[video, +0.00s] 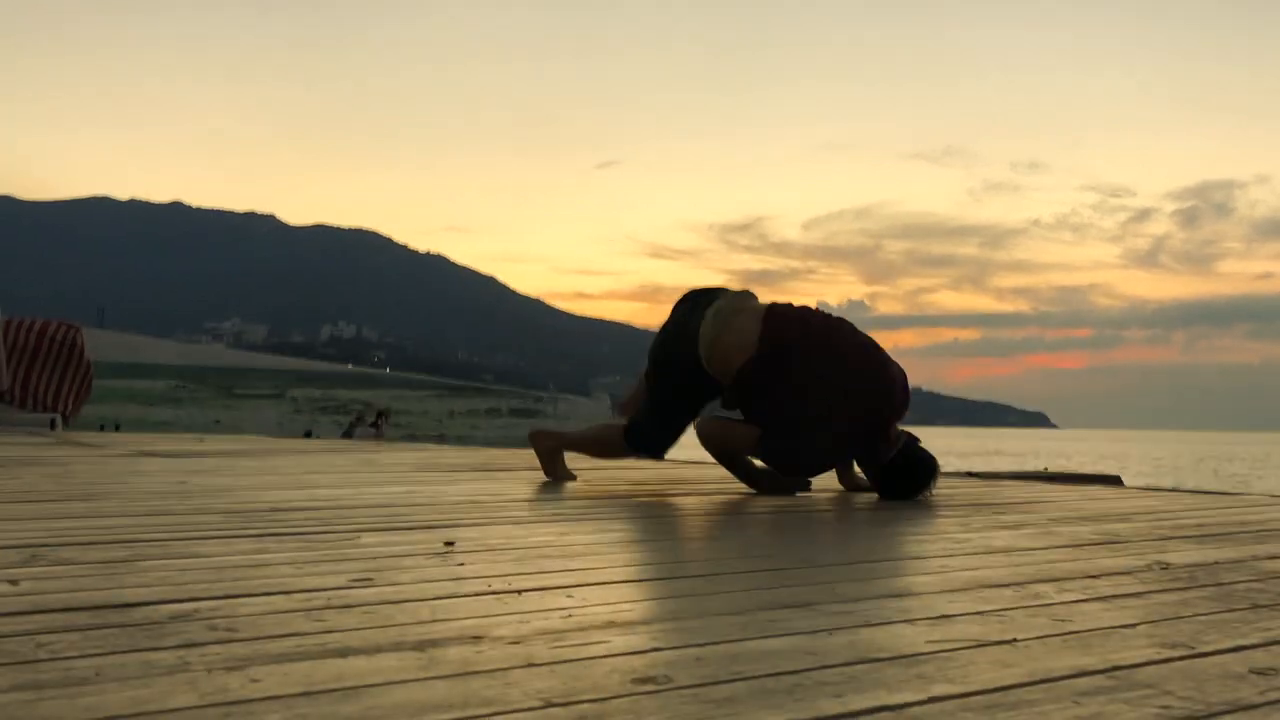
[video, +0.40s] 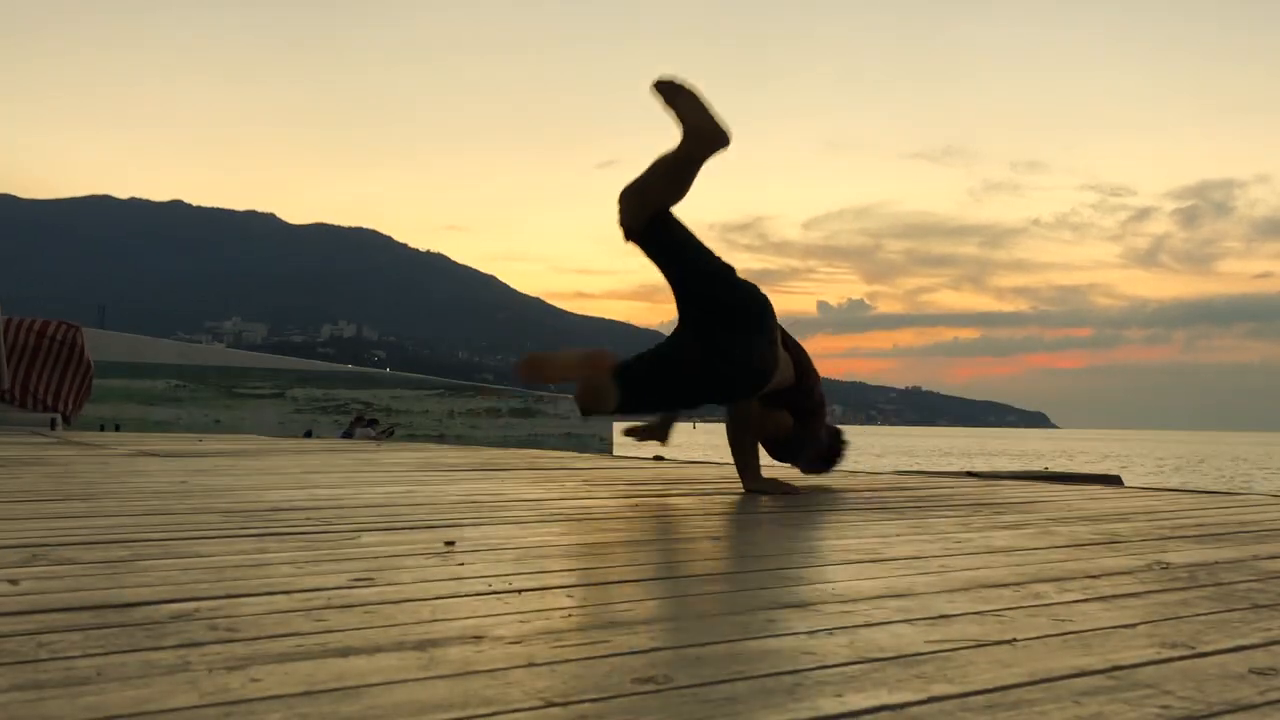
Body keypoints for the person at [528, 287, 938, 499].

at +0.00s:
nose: (868, 479)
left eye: (875, 479)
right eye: (877, 479)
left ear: (902, 437)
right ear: (888, 468)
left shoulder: (893, 387)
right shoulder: (812, 445)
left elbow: (833, 412)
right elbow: (711, 434)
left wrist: (847, 472)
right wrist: (761, 484)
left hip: (719, 304)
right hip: (698, 356)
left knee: (667, 366)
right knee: (641, 439)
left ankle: (632, 403)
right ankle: (552, 440)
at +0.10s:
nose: (880, 482)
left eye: (894, 482)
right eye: (891, 486)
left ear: (905, 438)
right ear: (886, 468)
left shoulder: (895, 387)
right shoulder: (828, 428)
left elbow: (834, 405)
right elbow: (724, 415)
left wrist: (844, 475)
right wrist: (749, 480)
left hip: (718, 306)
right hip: (704, 362)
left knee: (612, 340)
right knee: (652, 445)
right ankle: (549, 441)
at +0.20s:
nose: (885, 472)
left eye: (893, 469)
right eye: (896, 471)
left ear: (910, 439)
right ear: (900, 461)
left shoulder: (882, 396)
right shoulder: (861, 423)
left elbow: (804, 437)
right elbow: (746, 407)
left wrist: (842, 473)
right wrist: (753, 483)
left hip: (719, 309)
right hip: (718, 365)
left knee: (589, 292)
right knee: (634, 431)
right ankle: (541, 442)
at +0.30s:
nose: (848, 462)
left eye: (860, 461)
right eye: (861, 462)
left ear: (870, 435)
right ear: (870, 454)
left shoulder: (833, 396)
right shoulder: (835, 434)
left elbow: (746, 402)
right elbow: (751, 411)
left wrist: (755, 464)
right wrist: (753, 477)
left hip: (730, 304)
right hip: (728, 360)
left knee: (608, 244)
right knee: (617, 425)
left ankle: (648, 187)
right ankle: (503, 422)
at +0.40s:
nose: (775, 448)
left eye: (786, 458)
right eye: (790, 454)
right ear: (812, 434)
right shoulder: (805, 401)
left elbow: (695, 364)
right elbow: (743, 407)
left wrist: (666, 422)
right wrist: (753, 480)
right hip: (742, 361)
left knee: (638, 214)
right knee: (595, 401)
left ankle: (702, 141)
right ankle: (593, 369)